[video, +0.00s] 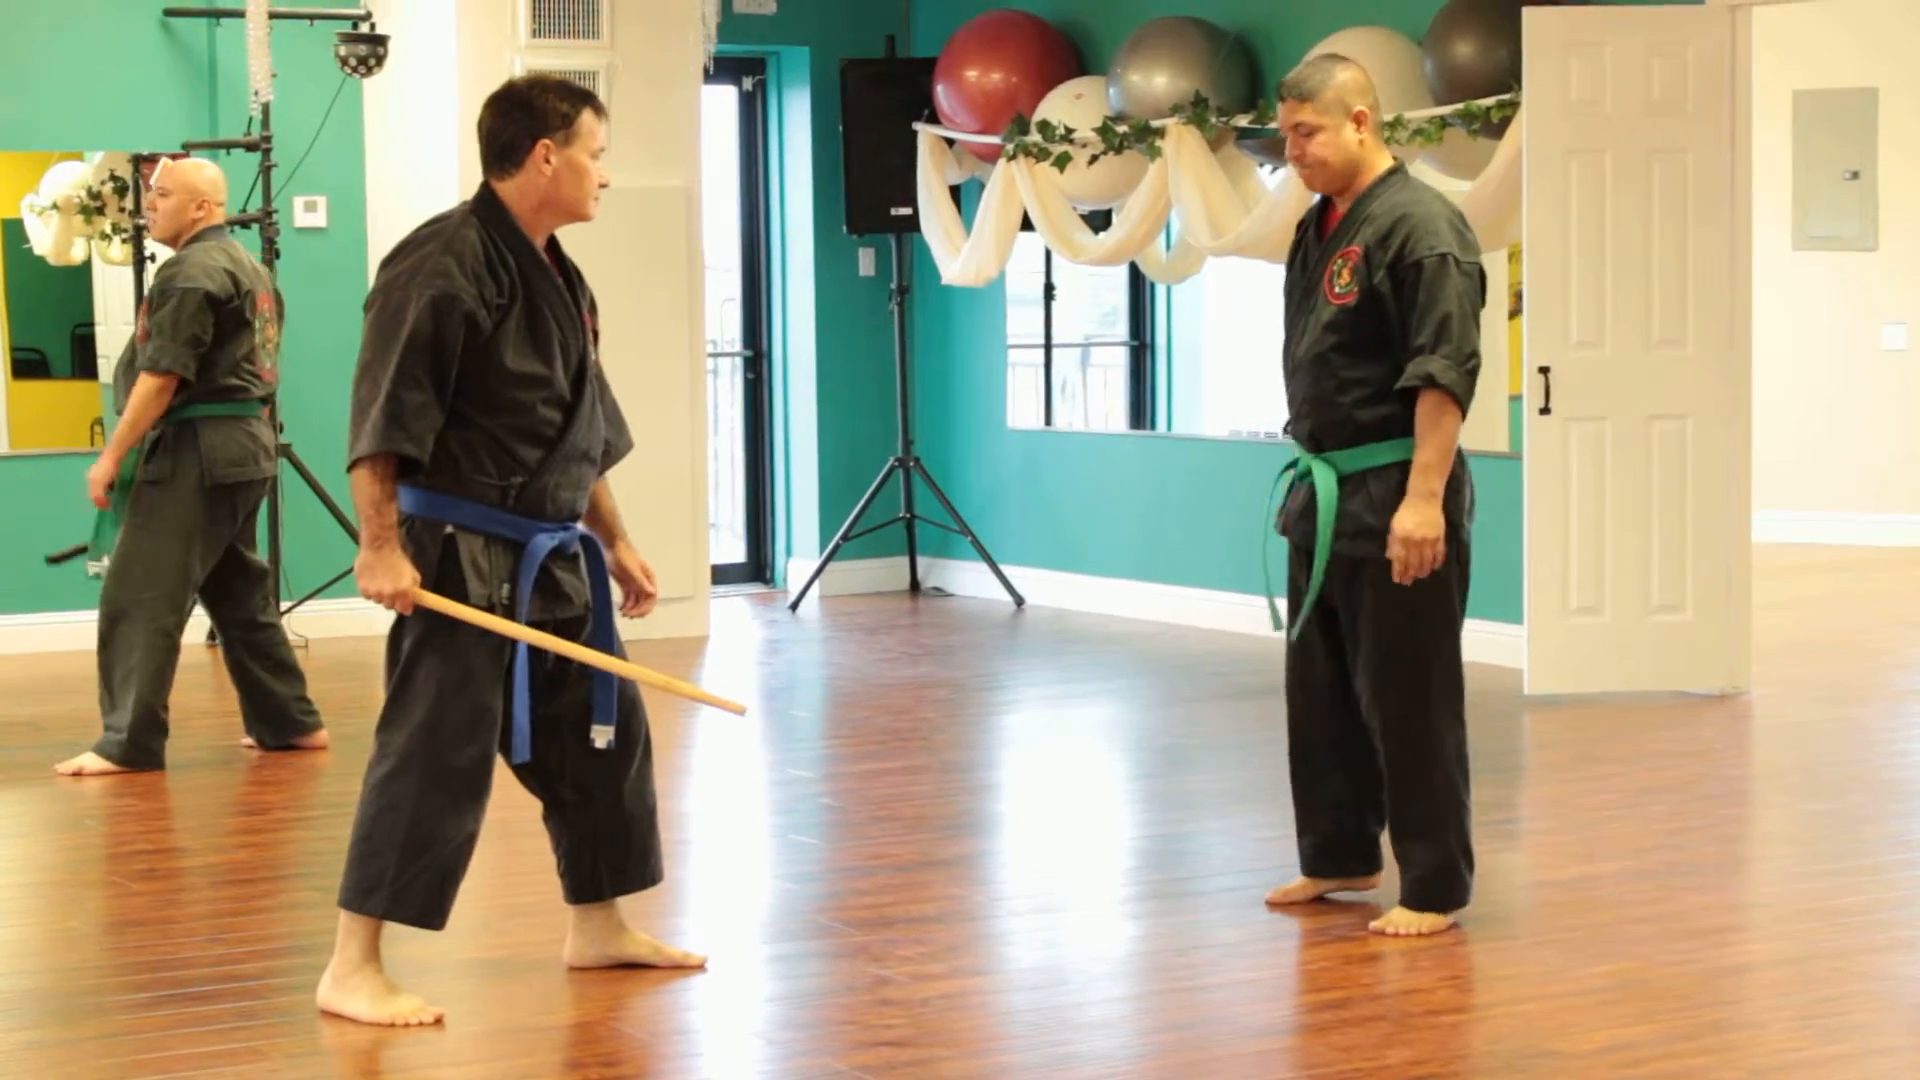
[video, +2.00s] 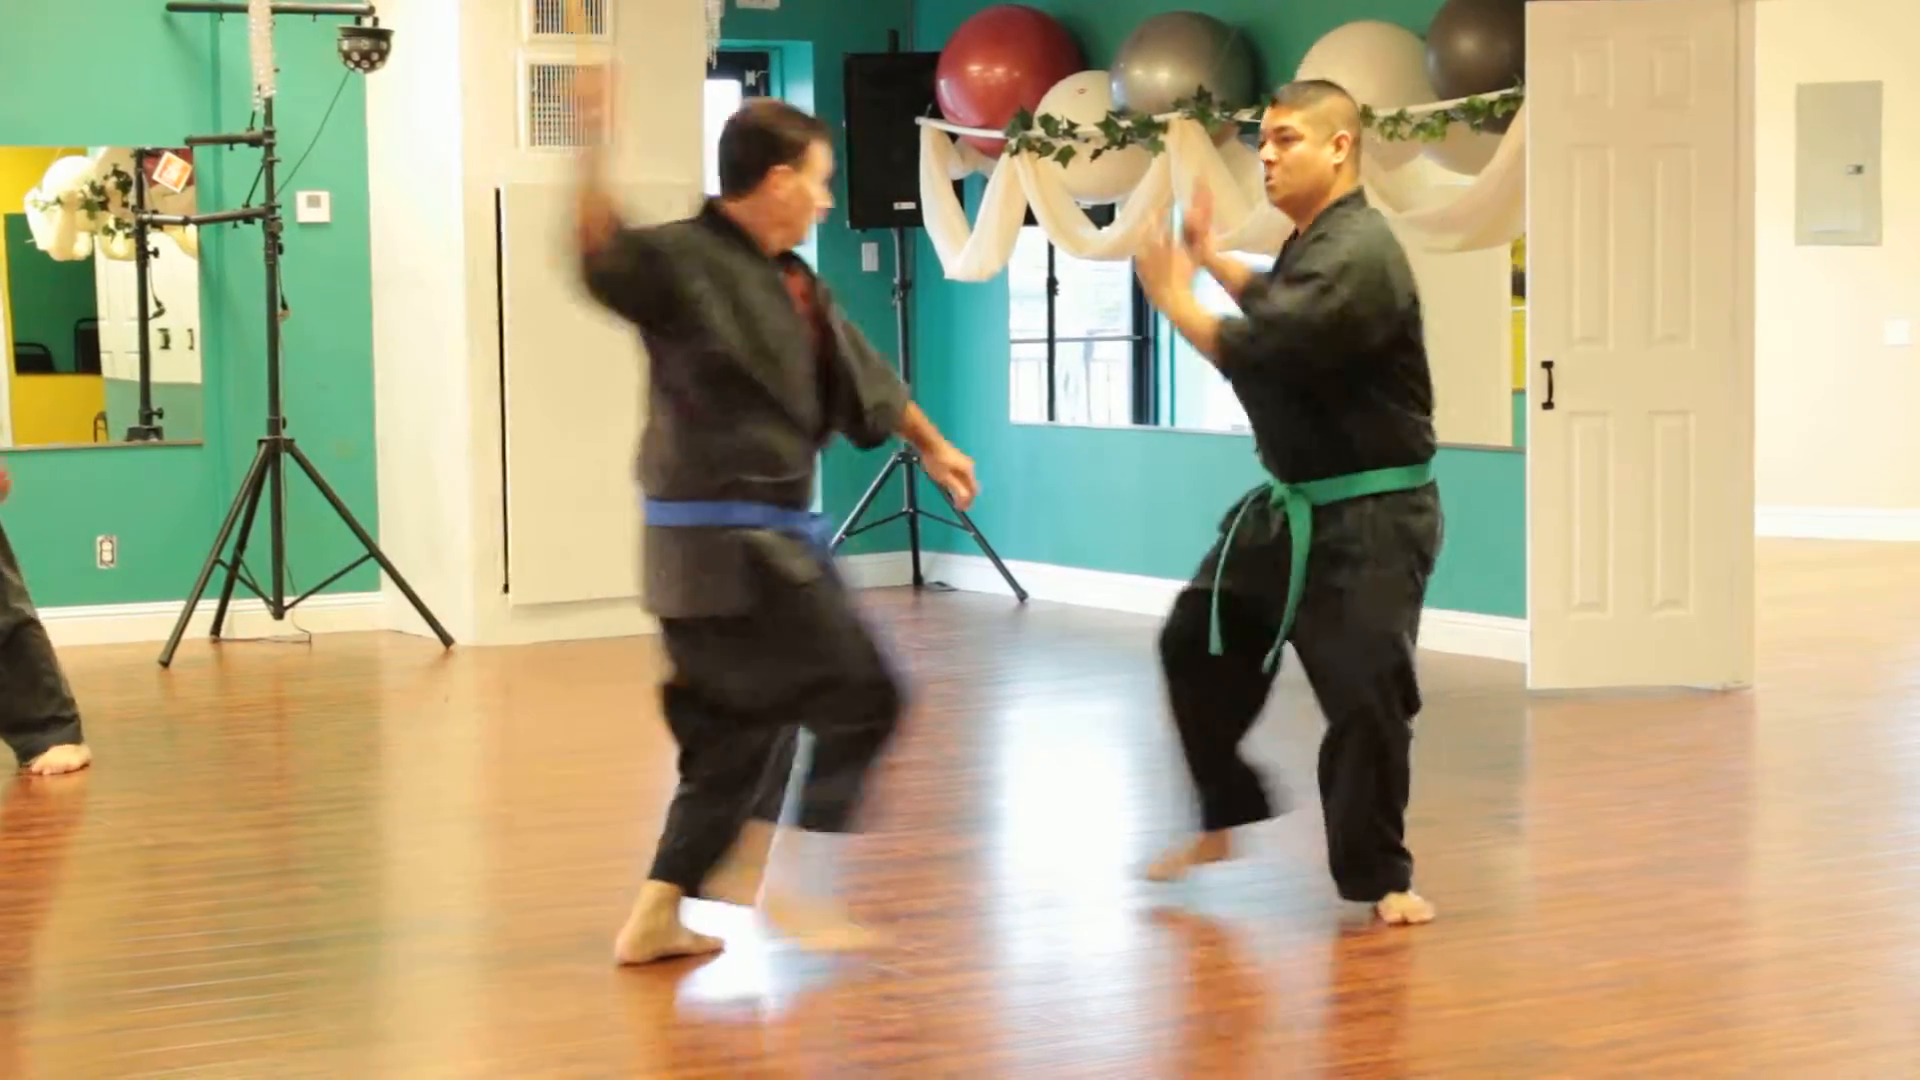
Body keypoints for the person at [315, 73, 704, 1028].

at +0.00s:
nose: (605, 175)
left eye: (605, 156)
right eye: (597, 155)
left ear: (548, 158)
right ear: (545, 156)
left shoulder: (559, 276)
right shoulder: (439, 262)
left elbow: (572, 428)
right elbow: (378, 412)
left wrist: (615, 539)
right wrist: (380, 541)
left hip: (558, 545)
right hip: (461, 543)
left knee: (600, 726)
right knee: (427, 747)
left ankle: (598, 926)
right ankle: (351, 967)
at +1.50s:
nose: (619, 184)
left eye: (618, 165)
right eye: (610, 164)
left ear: (561, 164)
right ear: (559, 164)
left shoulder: (581, 284)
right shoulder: (447, 267)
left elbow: (617, 424)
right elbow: (376, 407)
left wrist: (679, 527)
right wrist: (378, 540)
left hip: (563, 546)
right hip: (463, 545)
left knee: (641, 702)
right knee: (444, 747)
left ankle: (611, 908)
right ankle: (354, 966)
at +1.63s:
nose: (648, 194)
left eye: (647, 175)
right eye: (638, 175)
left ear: (591, 176)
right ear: (588, 175)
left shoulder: (621, 288)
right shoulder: (478, 272)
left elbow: (682, 404)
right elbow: (365, 382)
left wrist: (757, 489)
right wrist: (350, 489)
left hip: (590, 547)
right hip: (494, 541)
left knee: (672, 700)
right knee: (468, 742)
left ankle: (639, 911)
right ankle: (356, 965)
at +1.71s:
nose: (677, 201)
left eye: (677, 184)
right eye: (668, 183)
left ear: (629, 183)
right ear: (616, 181)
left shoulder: (661, 290)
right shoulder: (515, 270)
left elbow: (733, 397)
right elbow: (413, 326)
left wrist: (821, 471)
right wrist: (357, 381)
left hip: (631, 558)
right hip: (534, 553)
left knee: (699, 712)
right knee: (491, 738)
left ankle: (653, 921)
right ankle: (357, 957)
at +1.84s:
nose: (731, 201)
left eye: (732, 185)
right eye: (724, 184)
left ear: (683, 183)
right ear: (677, 182)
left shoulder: (721, 283)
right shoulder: (576, 271)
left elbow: (797, 369)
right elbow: (429, 322)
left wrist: (880, 439)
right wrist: (405, 268)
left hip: (698, 545)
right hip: (611, 542)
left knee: (737, 724)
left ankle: (655, 920)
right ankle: (444, 893)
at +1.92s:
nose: (779, 202)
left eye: (780, 184)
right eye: (771, 184)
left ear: (726, 183)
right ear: (722, 183)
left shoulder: (760, 280)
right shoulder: (627, 265)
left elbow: (832, 365)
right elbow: (499, 283)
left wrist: (910, 432)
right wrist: (483, 184)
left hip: (745, 540)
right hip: (662, 541)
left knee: (745, 728)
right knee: (739, 728)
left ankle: (656, 917)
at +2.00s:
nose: (826, 198)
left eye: (826, 182)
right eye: (817, 179)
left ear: (771, 182)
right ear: (769, 177)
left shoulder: (795, 284)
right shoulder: (685, 254)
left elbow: (861, 376)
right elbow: (604, 257)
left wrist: (931, 446)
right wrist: (592, 148)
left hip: (752, 535)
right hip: (725, 538)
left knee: (736, 730)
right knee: (862, 694)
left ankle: (655, 916)